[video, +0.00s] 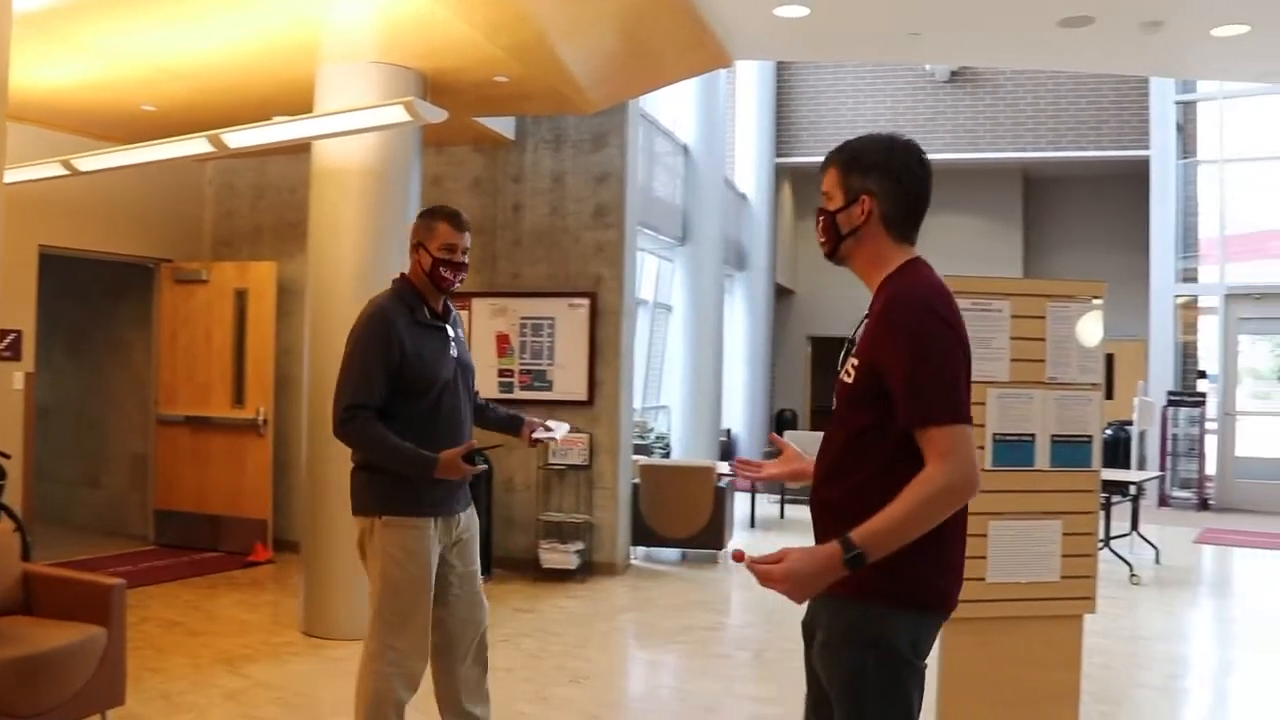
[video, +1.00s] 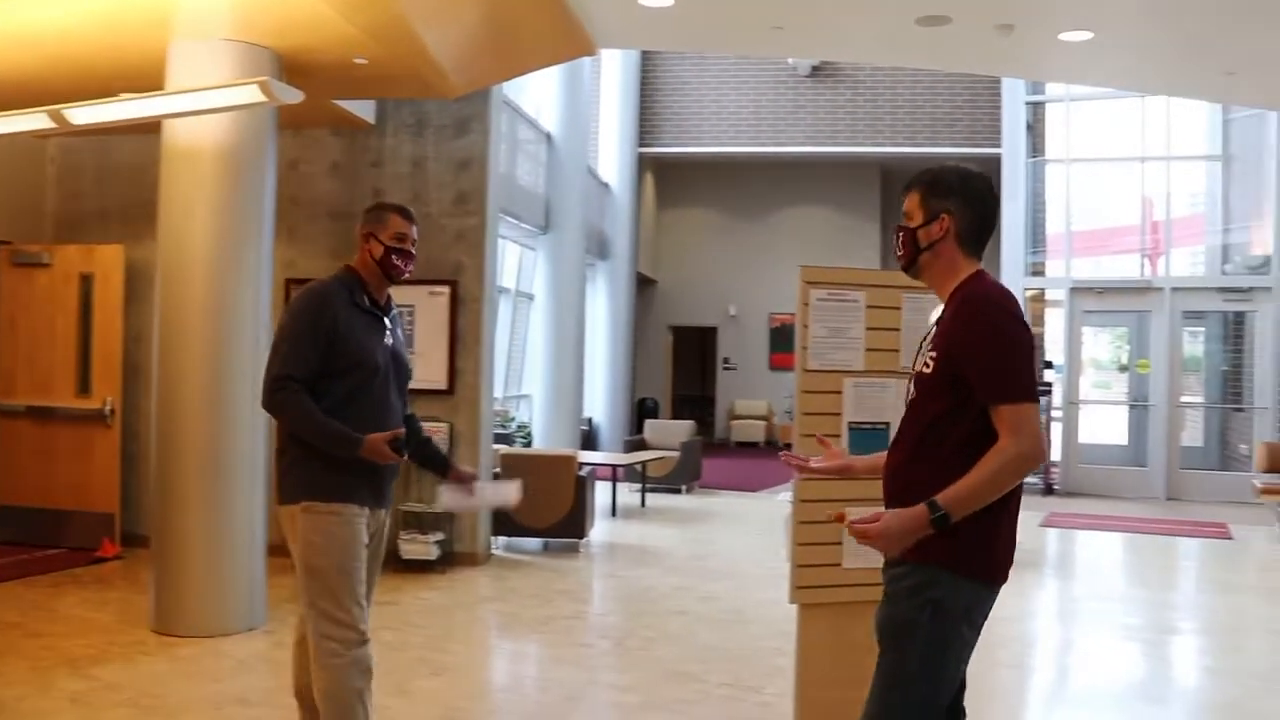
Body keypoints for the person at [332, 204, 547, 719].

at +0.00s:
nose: (458, 265)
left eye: (464, 256)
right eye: (448, 254)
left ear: (466, 259)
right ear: (416, 251)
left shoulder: (448, 320)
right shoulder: (382, 317)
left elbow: (462, 404)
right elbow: (350, 420)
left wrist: (520, 424)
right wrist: (431, 463)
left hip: (456, 508)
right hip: (399, 515)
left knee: (464, 641)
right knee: (397, 653)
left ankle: (469, 717)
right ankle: (378, 718)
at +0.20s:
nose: (447, 257)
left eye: (453, 248)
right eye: (436, 246)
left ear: (458, 253)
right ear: (405, 247)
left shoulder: (443, 318)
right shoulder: (372, 315)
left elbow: (458, 407)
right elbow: (341, 413)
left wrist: (518, 433)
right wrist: (422, 453)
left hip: (456, 509)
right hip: (396, 513)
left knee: (446, 651)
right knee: (376, 654)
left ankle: (441, 717)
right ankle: (354, 718)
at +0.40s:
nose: (445, 256)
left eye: (450, 248)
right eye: (435, 246)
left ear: (452, 254)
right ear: (403, 247)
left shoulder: (439, 321)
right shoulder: (369, 313)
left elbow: (455, 410)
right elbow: (339, 407)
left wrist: (523, 437)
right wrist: (420, 446)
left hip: (448, 507)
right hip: (391, 508)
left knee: (428, 644)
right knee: (372, 645)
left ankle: (415, 713)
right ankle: (338, 715)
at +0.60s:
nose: (436, 256)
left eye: (442, 249)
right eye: (426, 246)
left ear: (444, 256)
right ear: (395, 247)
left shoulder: (426, 321)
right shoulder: (357, 310)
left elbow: (443, 413)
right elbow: (326, 402)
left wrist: (512, 440)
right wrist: (404, 439)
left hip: (426, 501)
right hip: (375, 500)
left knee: (406, 634)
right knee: (374, 633)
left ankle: (383, 713)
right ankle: (326, 717)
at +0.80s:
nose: (424, 255)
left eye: (429, 248)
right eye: (414, 245)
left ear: (429, 254)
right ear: (383, 245)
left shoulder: (403, 318)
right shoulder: (340, 305)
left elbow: (418, 414)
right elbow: (299, 394)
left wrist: (485, 447)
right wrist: (378, 437)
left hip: (397, 499)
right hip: (349, 497)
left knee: (375, 631)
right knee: (360, 633)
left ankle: (354, 713)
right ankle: (332, 716)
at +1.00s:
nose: (406, 256)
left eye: (412, 249)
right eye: (398, 245)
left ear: (412, 253)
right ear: (366, 240)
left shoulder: (386, 316)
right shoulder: (320, 301)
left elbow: (395, 414)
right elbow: (279, 393)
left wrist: (446, 469)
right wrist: (357, 445)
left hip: (371, 495)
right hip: (324, 494)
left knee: (330, 632)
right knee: (342, 638)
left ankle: (318, 714)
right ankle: (348, 716)